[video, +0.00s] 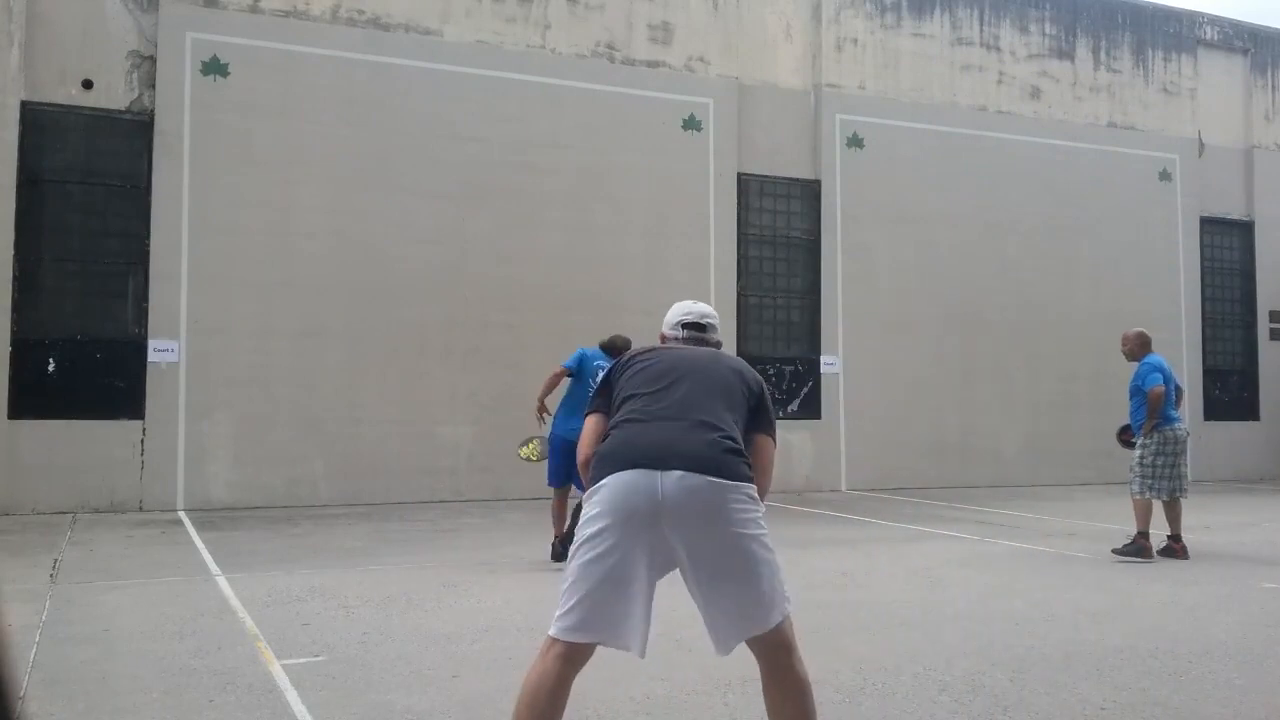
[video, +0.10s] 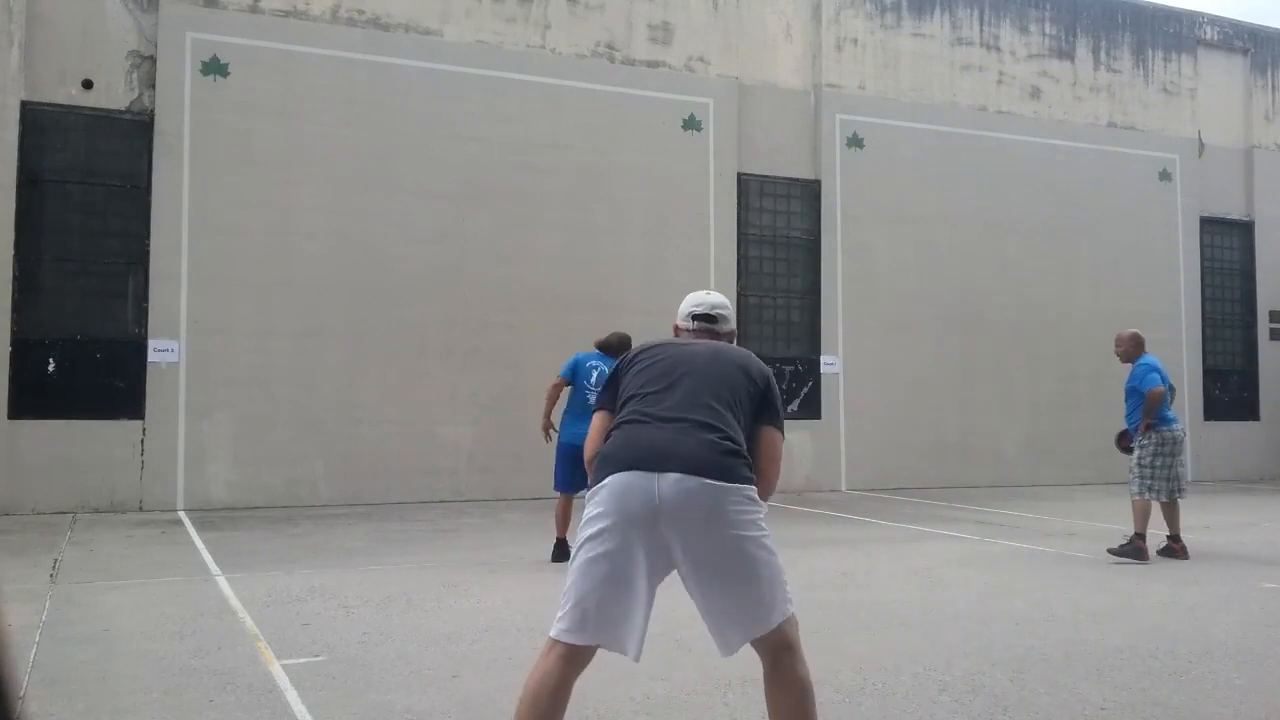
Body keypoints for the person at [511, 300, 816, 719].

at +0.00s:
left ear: (664, 337)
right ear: (718, 341)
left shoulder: (629, 361)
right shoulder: (747, 374)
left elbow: (586, 452)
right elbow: (759, 476)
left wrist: (606, 508)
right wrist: (734, 531)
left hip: (621, 481)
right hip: (718, 485)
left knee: (563, 650)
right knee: (776, 650)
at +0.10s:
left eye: (679, 329)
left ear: (676, 330)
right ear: (731, 336)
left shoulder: (634, 357)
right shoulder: (755, 367)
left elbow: (593, 447)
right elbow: (765, 478)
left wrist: (609, 502)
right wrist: (730, 523)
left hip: (621, 483)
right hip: (717, 487)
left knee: (566, 648)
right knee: (780, 648)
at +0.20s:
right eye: (758, 326)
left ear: (700, 320)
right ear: (755, 327)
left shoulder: (653, 348)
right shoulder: (770, 360)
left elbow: (604, 443)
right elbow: (777, 468)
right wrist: (722, 539)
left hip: (630, 483)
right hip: (722, 488)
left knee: (571, 649)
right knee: (791, 644)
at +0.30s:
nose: (793, 317)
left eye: (792, 311)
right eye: (792, 311)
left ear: (731, 308)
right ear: (785, 311)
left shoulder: (681, 339)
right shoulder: (793, 349)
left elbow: (620, 423)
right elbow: (802, 448)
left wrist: (620, 497)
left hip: (651, 481)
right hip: (739, 487)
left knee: (589, 649)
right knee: (808, 643)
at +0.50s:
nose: (835, 295)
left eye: (834, 286)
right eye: (833, 286)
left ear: (777, 289)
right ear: (821, 287)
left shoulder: (718, 321)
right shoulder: (829, 335)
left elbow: (653, 380)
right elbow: (858, 428)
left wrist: (615, 460)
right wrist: (840, 498)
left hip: (681, 465)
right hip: (763, 469)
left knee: (659, 623)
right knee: (807, 636)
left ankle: (637, 715)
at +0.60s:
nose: (834, 294)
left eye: (832, 285)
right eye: (831, 285)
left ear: (775, 290)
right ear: (821, 288)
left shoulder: (722, 321)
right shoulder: (833, 338)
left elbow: (666, 381)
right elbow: (877, 434)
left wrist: (618, 455)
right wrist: (853, 498)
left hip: (692, 467)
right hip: (772, 468)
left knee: (697, 613)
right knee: (802, 636)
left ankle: (707, 715)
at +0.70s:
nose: (813, 301)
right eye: (813, 295)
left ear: (759, 296)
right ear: (811, 297)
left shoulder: (720, 331)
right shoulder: (827, 343)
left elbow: (665, 393)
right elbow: (881, 430)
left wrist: (617, 465)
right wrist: (860, 491)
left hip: (705, 479)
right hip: (780, 474)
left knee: (729, 604)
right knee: (802, 629)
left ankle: (769, 714)